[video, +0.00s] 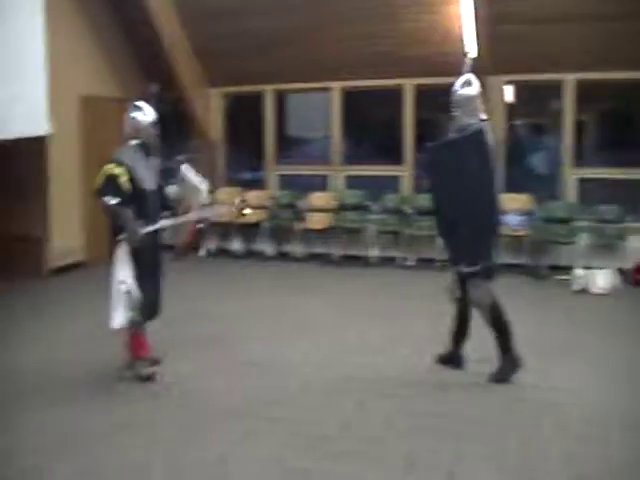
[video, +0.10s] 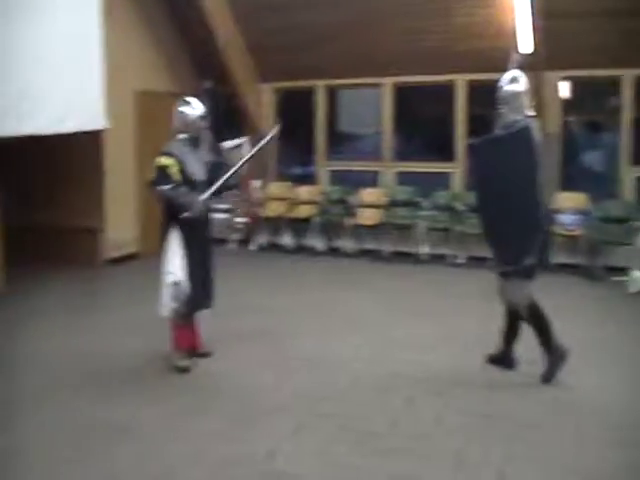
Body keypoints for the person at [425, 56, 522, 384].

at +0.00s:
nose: (466, 109)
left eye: (466, 102)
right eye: (465, 103)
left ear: (461, 107)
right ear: (468, 106)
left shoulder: (470, 140)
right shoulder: (465, 138)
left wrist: (452, 233)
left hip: (472, 229)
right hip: (467, 227)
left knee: (479, 290)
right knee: (463, 290)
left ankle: (508, 355)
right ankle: (455, 349)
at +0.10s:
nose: (507, 104)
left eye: (511, 98)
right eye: (506, 98)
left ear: (517, 101)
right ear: (507, 101)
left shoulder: (520, 134)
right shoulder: (506, 132)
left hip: (522, 224)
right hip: (507, 223)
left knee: (517, 290)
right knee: (511, 289)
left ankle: (553, 349)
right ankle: (506, 350)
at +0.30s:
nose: (552, 105)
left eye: (557, 99)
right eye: (549, 99)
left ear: (564, 102)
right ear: (544, 103)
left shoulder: (569, 135)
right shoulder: (547, 135)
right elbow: (535, 184)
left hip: (565, 226)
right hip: (548, 225)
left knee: (545, 287)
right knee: (556, 287)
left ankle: (570, 352)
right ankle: (562, 349)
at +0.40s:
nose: (543, 106)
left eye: (546, 101)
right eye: (542, 101)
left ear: (545, 105)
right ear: (557, 102)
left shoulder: (557, 136)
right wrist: (523, 226)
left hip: (554, 227)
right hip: (552, 226)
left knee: (532, 283)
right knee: (557, 289)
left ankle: (545, 354)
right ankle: (558, 355)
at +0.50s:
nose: (527, 112)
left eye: (530, 107)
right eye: (528, 106)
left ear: (535, 108)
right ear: (551, 106)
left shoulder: (547, 138)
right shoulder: (555, 137)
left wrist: (509, 145)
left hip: (538, 230)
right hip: (554, 227)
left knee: (524, 290)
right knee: (553, 291)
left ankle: (519, 357)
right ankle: (558, 356)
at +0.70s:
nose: (514, 110)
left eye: (519, 103)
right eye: (514, 103)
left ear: (529, 103)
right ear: (516, 105)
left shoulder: (535, 137)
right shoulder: (530, 135)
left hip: (530, 228)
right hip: (533, 226)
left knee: (509, 290)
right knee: (540, 290)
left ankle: (499, 354)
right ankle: (553, 354)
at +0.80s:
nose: (505, 110)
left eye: (508, 103)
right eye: (505, 103)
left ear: (516, 103)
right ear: (519, 103)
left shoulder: (527, 136)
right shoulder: (520, 134)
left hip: (519, 228)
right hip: (516, 225)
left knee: (502, 290)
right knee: (530, 287)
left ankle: (498, 356)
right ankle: (551, 351)